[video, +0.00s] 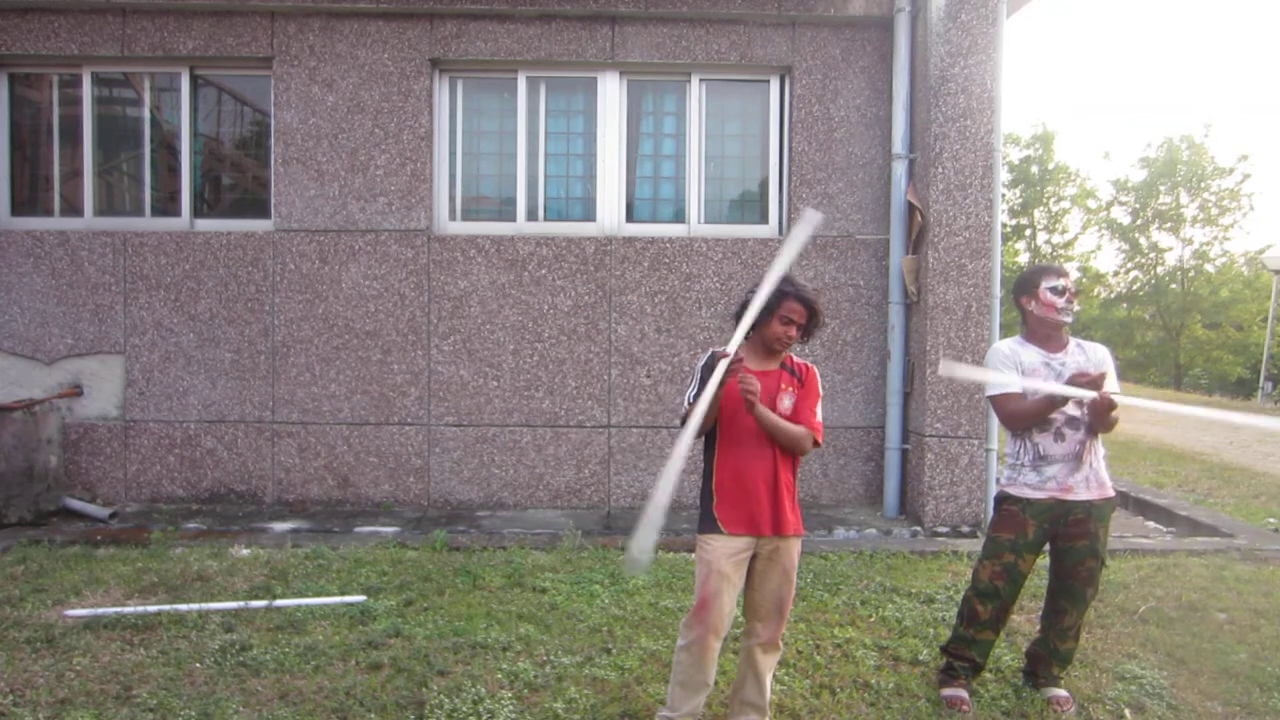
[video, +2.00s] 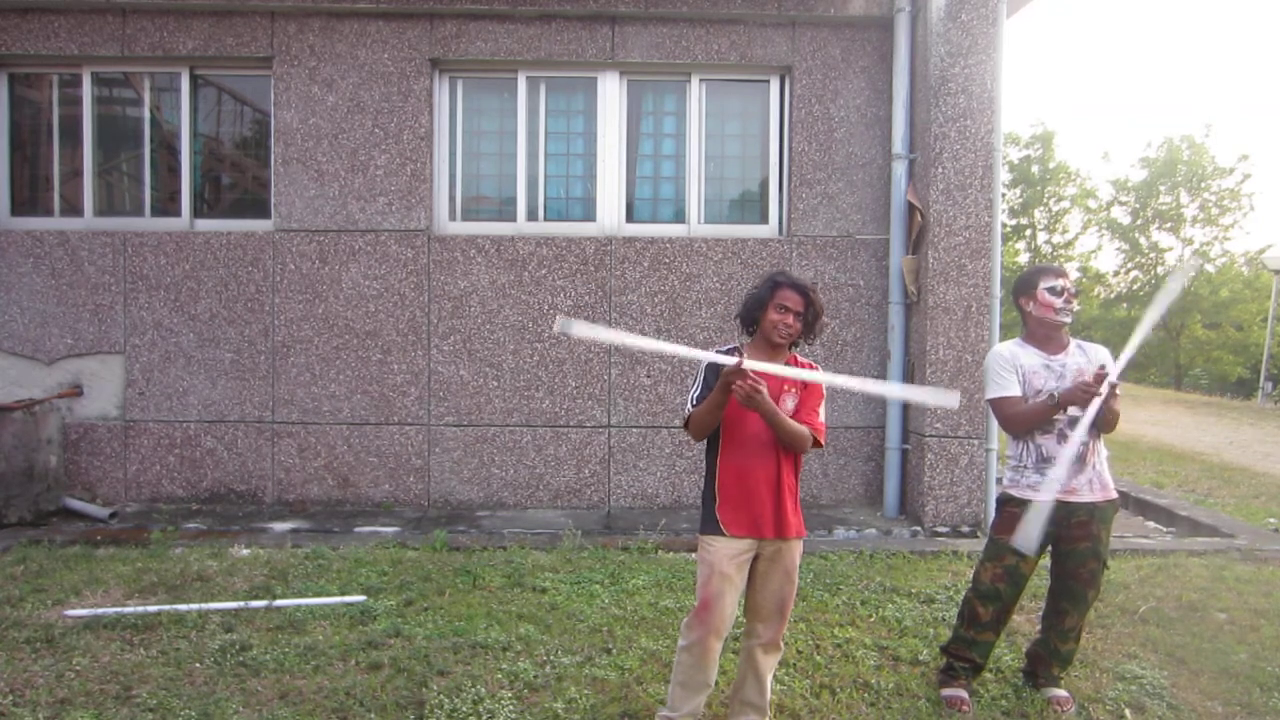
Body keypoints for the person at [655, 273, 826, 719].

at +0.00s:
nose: (792, 333)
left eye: (800, 326)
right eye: (785, 321)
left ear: (804, 330)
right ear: (759, 316)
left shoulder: (804, 373)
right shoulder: (719, 363)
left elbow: (805, 442)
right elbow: (695, 426)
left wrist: (758, 409)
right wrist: (719, 379)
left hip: (782, 520)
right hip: (725, 519)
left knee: (767, 635)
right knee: (707, 624)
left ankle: (749, 715)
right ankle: (678, 714)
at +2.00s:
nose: (788, 321)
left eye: (798, 315)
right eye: (781, 309)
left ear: (804, 326)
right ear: (758, 310)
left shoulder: (809, 374)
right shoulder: (722, 362)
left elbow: (805, 442)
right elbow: (696, 429)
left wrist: (766, 406)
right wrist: (724, 389)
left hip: (784, 521)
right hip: (727, 519)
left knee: (767, 635)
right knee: (709, 624)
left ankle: (749, 715)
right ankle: (678, 714)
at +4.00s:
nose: (782, 319)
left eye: (789, 313)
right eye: (773, 310)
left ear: (795, 322)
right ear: (750, 312)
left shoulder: (797, 358)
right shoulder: (720, 351)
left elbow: (790, 409)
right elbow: (712, 403)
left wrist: (766, 365)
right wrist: (745, 360)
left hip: (779, 515)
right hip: (722, 514)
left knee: (766, 632)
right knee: (703, 618)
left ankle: (749, 714)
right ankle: (678, 713)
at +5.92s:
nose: (796, 316)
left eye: (799, 309)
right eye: (787, 307)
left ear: (797, 317)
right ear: (758, 309)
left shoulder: (799, 366)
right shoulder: (719, 356)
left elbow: (798, 431)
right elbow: (694, 413)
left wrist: (766, 393)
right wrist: (731, 370)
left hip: (780, 516)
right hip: (725, 515)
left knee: (766, 631)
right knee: (708, 621)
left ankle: (749, 714)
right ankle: (678, 713)